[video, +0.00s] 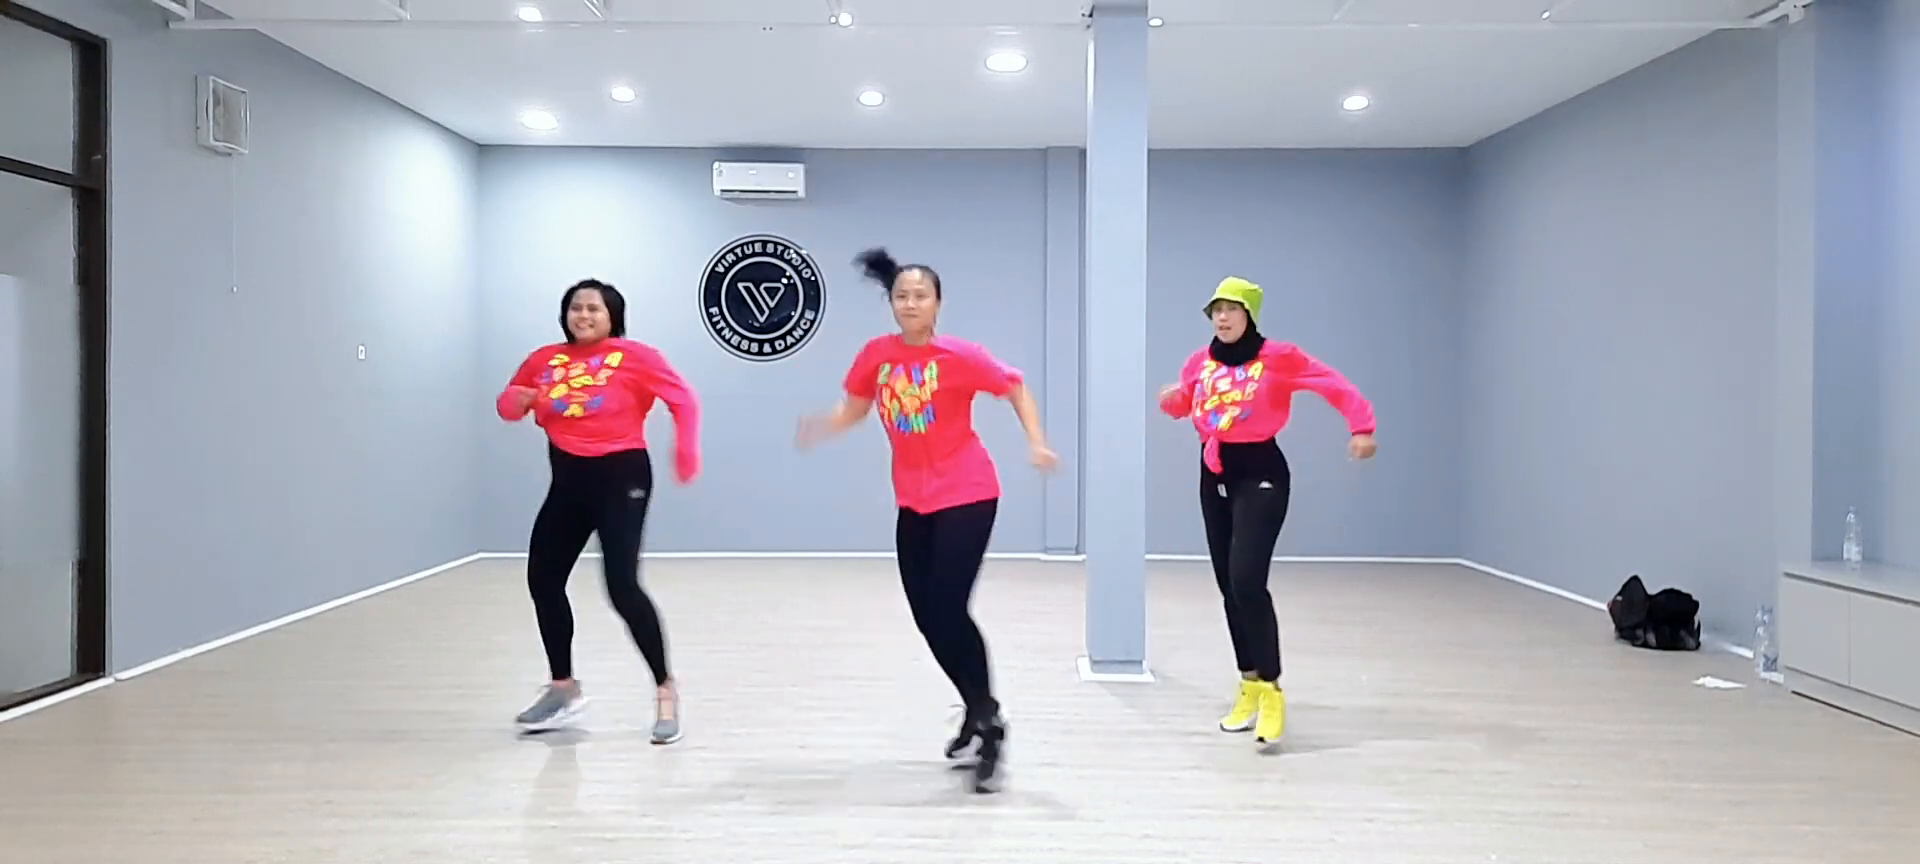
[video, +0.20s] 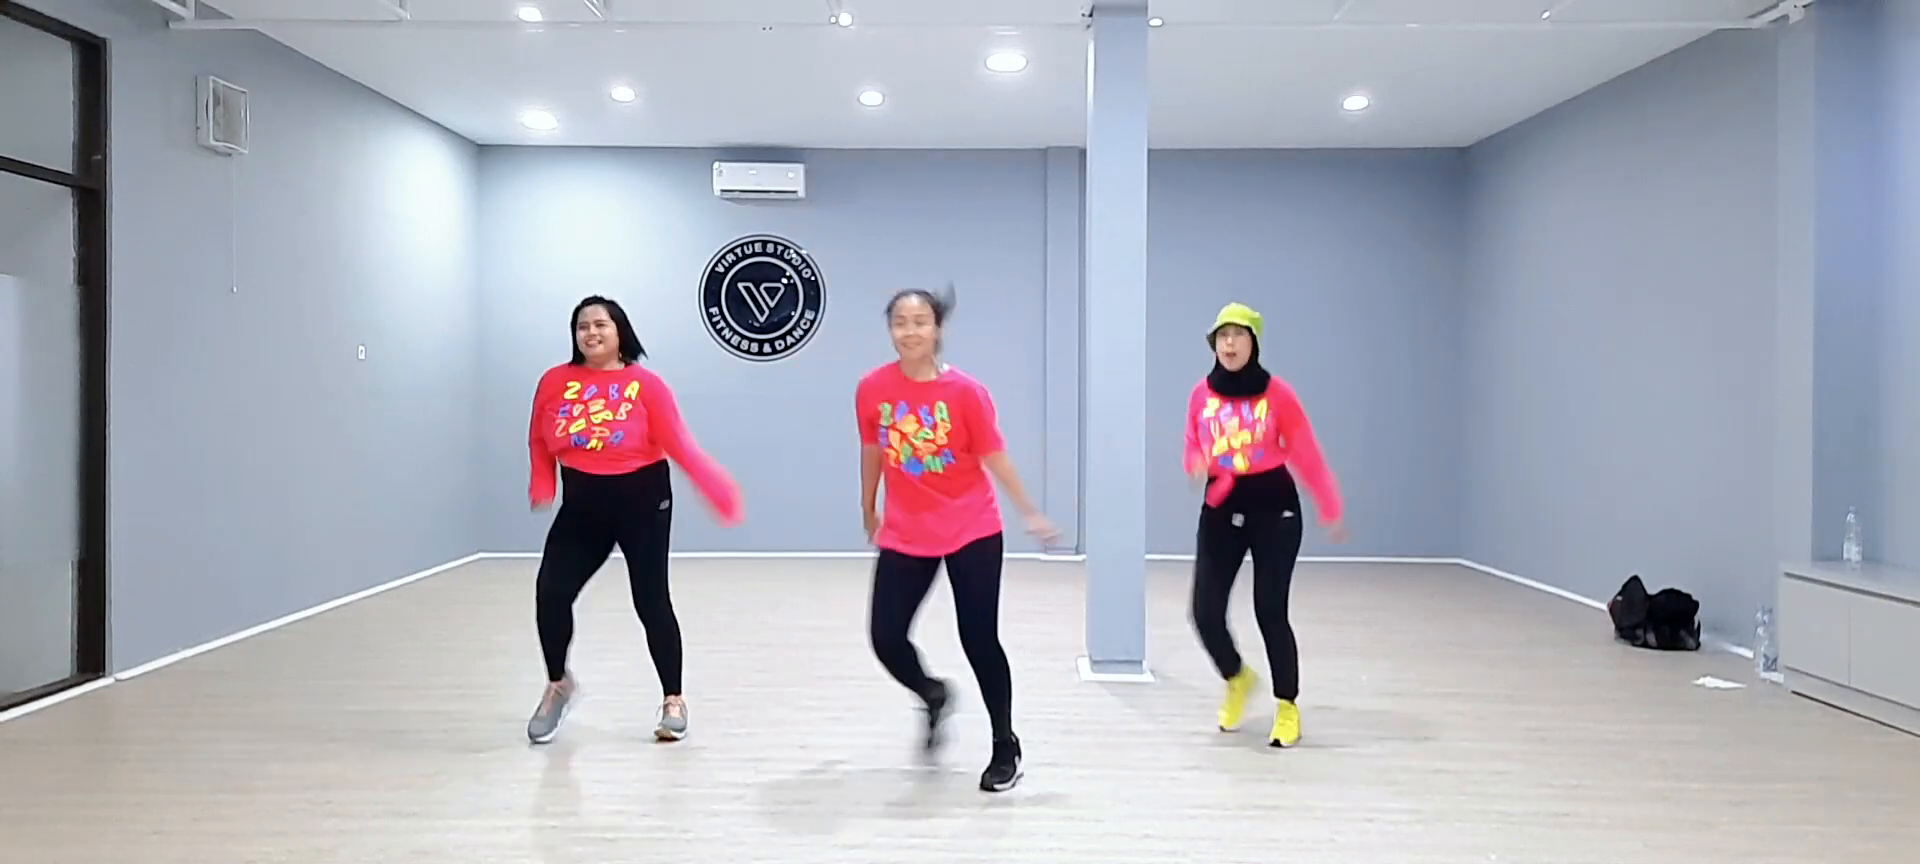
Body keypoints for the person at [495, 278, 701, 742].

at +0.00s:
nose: (583, 315)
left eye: (593, 309)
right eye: (576, 308)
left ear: (612, 317)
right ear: (565, 316)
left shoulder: (635, 357)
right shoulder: (545, 359)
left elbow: (684, 399)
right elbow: (506, 408)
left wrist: (687, 456)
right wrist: (522, 399)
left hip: (622, 478)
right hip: (569, 481)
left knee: (621, 587)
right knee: (543, 579)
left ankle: (665, 690)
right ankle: (563, 686)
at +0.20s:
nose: (591, 331)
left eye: (601, 324)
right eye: (583, 326)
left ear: (621, 333)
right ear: (575, 336)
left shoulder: (646, 384)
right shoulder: (556, 382)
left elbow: (680, 444)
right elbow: (540, 439)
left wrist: (723, 491)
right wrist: (542, 484)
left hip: (642, 503)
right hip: (584, 503)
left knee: (651, 600)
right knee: (550, 591)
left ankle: (673, 700)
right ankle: (558, 684)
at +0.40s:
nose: (567, 339)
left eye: (576, 330)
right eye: (559, 335)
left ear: (600, 336)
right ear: (553, 346)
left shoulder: (623, 385)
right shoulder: (544, 389)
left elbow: (592, 446)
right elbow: (530, 449)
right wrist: (518, 491)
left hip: (616, 504)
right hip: (558, 505)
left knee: (634, 610)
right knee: (516, 607)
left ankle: (672, 704)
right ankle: (487, 720)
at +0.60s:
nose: (525, 323)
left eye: (535, 315)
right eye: (517, 317)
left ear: (556, 323)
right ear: (507, 328)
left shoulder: (577, 367)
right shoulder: (500, 376)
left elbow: (538, 414)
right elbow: (479, 424)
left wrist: (451, 427)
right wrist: (445, 462)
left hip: (559, 500)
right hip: (499, 496)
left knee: (590, 604)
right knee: (473, 611)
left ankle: (638, 689)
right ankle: (470, 728)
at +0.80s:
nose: (483, 286)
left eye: (494, 278)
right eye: (475, 280)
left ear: (517, 287)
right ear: (464, 291)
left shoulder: (542, 324)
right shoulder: (451, 338)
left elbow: (570, 382)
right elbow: (401, 380)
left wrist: (491, 413)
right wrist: (345, 421)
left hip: (532, 466)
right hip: (468, 461)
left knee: (517, 591)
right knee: (447, 589)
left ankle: (496, 711)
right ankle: (436, 711)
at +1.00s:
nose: (453, 324)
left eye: (466, 318)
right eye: (446, 317)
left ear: (488, 328)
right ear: (435, 326)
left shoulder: (522, 363)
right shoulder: (419, 387)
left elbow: (561, 438)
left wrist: (584, 507)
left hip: (499, 513)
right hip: (429, 506)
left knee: (483, 632)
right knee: (406, 629)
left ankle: (474, 724)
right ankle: (394, 755)